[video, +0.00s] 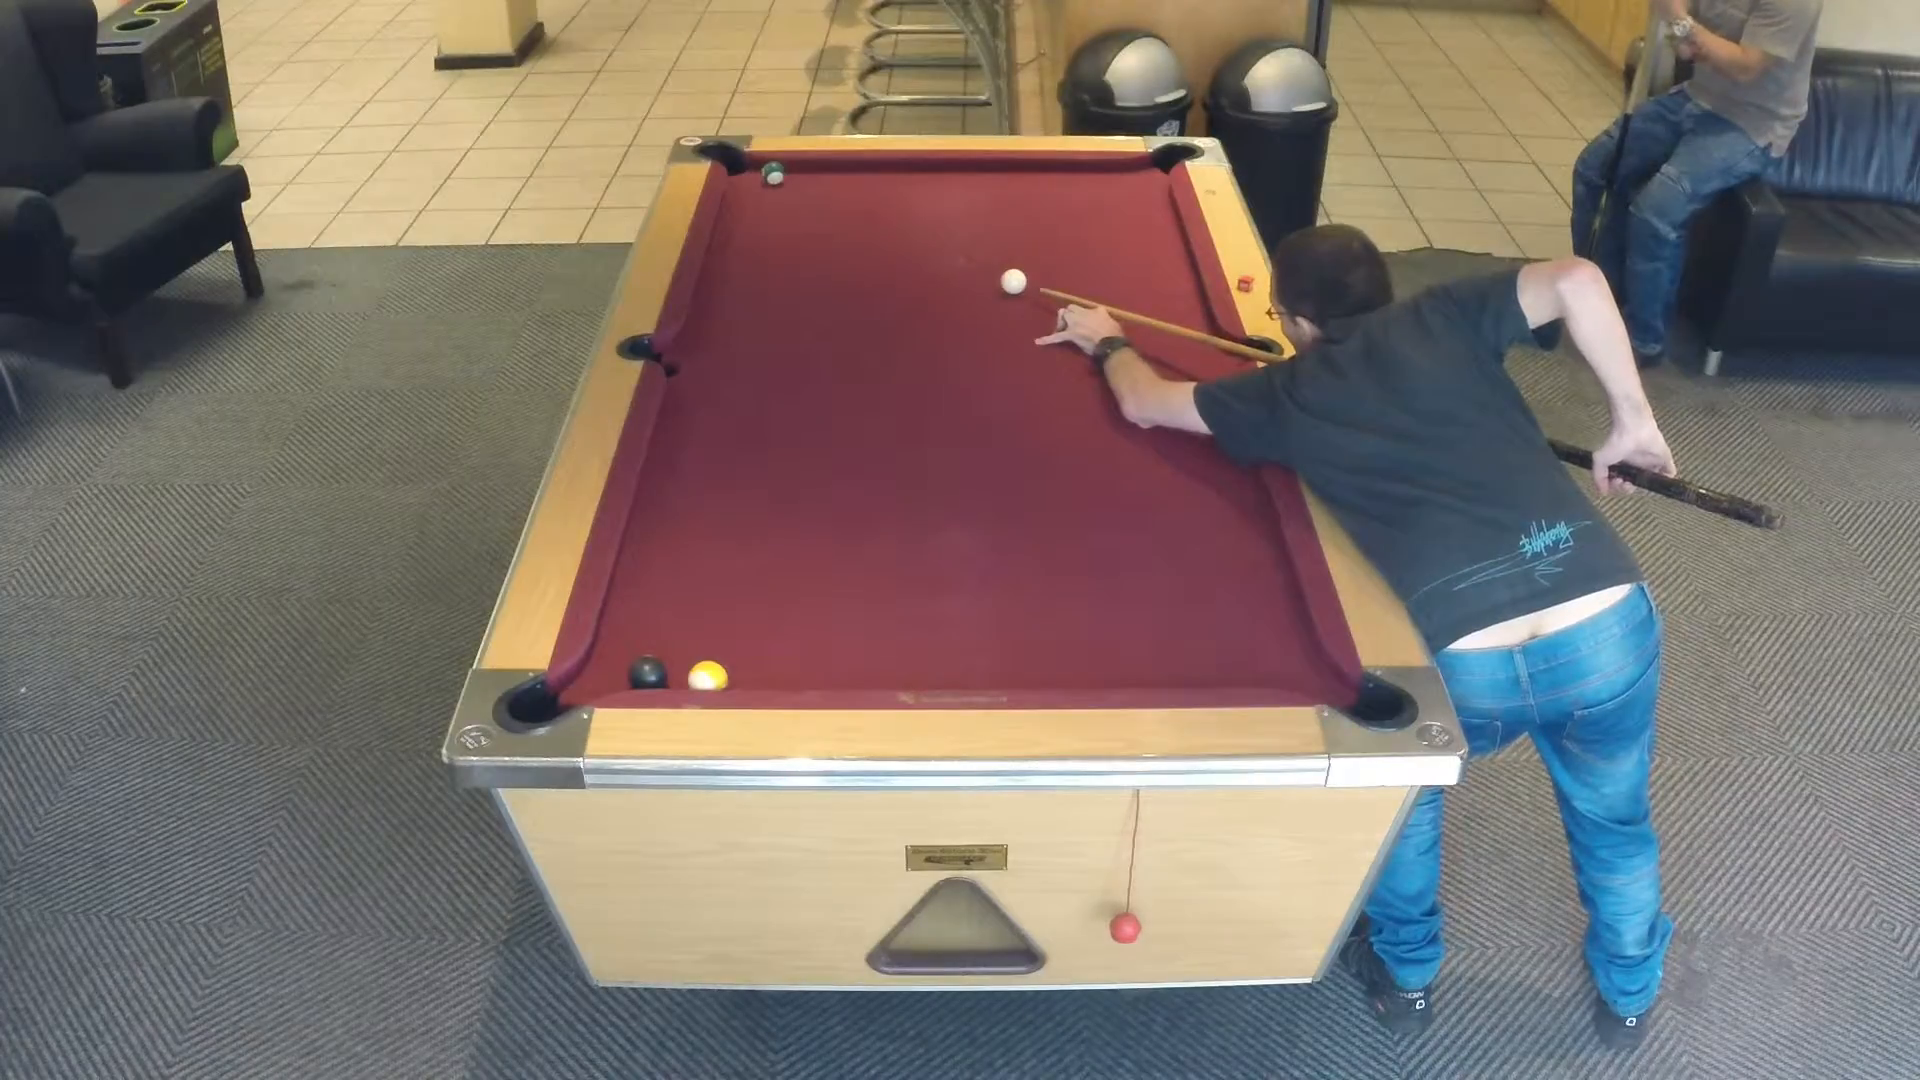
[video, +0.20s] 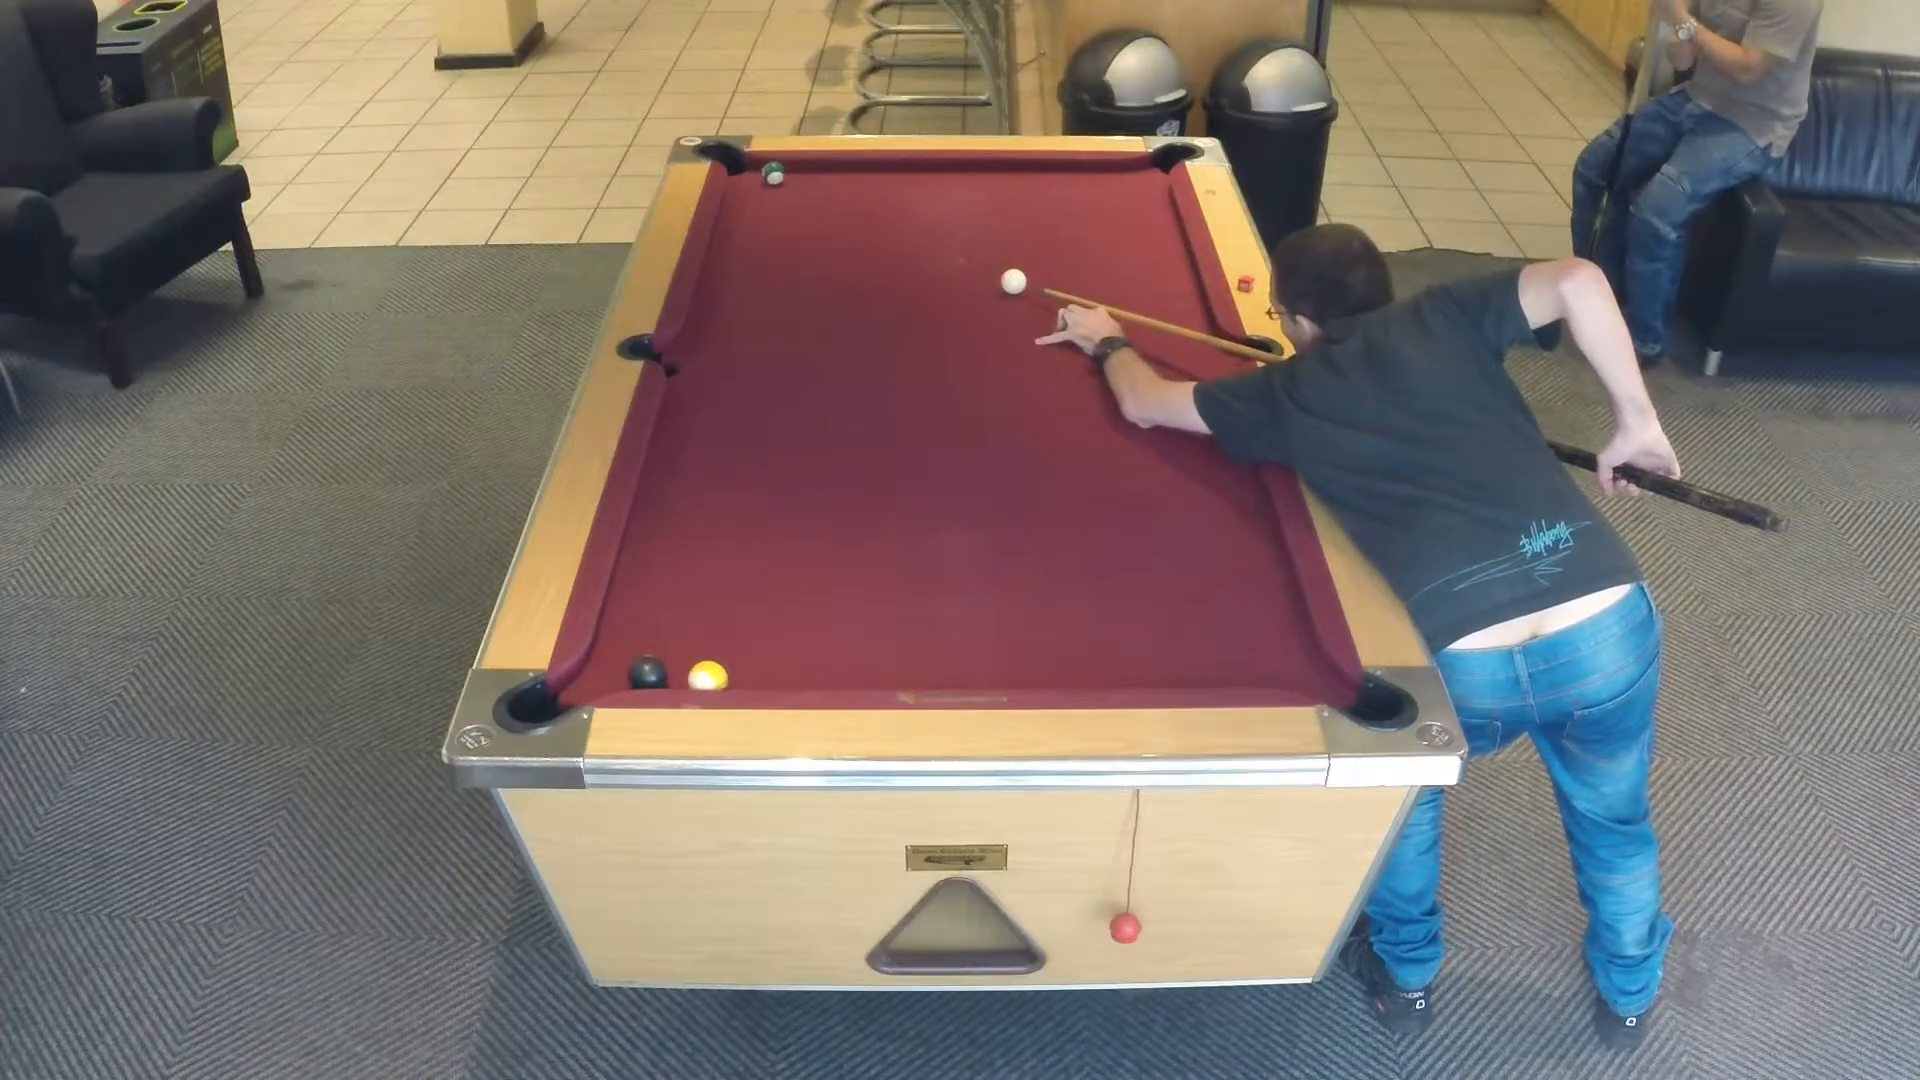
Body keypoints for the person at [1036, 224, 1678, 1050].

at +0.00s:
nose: (1279, 322)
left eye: (1281, 309)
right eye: (1279, 309)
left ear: (1300, 323)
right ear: (1385, 296)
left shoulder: (1286, 393)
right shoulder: (1449, 316)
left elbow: (1145, 399)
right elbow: (1576, 279)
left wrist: (1107, 341)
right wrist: (1636, 415)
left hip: (1466, 659)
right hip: (1607, 622)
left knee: (1399, 773)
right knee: (1617, 821)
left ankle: (1407, 970)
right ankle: (1631, 992)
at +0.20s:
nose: (1279, 322)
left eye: (1281, 309)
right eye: (1280, 309)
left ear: (1300, 323)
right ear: (1384, 295)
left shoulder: (1286, 393)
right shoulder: (1449, 316)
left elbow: (1145, 399)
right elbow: (1578, 279)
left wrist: (1107, 342)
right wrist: (1640, 416)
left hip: (1466, 662)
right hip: (1607, 625)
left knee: (1399, 774)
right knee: (1617, 821)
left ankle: (1408, 967)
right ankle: (1630, 992)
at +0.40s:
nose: (1279, 320)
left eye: (1281, 307)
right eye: (1280, 306)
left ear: (1299, 321)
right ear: (1385, 291)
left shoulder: (1287, 393)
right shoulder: (1452, 316)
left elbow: (1144, 398)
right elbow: (1577, 280)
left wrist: (1105, 341)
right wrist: (1644, 417)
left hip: (1465, 662)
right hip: (1606, 626)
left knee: (1400, 770)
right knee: (1617, 821)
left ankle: (1407, 966)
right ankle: (1630, 989)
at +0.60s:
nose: (1278, 319)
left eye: (1280, 308)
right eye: (1280, 305)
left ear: (1303, 323)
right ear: (1386, 291)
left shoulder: (1288, 393)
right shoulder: (1453, 315)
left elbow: (1146, 400)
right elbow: (1580, 283)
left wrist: (1106, 340)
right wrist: (1653, 420)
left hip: (1464, 664)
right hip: (1606, 625)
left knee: (1404, 777)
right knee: (1617, 821)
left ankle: (1409, 967)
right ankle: (1630, 990)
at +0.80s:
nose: (1280, 322)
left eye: (1281, 311)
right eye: (1281, 309)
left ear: (1304, 322)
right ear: (1387, 289)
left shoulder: (1288, 392)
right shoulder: (1452, 313)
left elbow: (1146, 401)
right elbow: (1581, 283)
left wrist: (1108, 341)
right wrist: (1661, 422)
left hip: (1464, 664)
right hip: (1605, 622)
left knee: (1405, 774)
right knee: (1617, 818)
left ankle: (1408, 964)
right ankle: (1631, 987)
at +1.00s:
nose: (1280, 320)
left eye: (1282, 309)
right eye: (1283, 307)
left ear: (1305, 321)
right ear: (1386, 289)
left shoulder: (1286, 391)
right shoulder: (1452, 312)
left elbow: (1146, 401)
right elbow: (1581, 284)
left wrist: (1108, 340)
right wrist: (1663, 420)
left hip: (1464, 664)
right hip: (1606, 621)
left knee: (1402, 775)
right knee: (1617, 818)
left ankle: (1408, 964)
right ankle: (1631, 987)